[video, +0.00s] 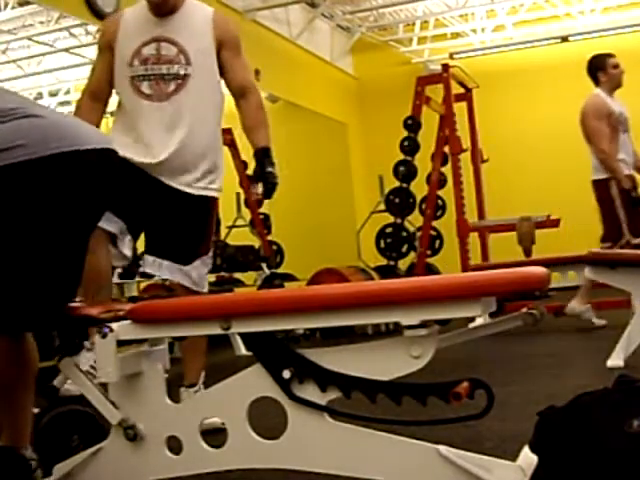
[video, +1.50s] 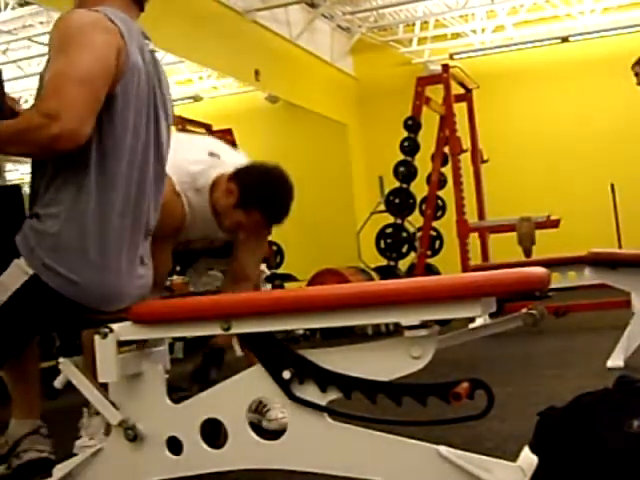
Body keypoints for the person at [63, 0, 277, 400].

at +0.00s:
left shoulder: (217, 26)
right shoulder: (117, 28)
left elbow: (246, 93)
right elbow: (93, 98)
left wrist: (264, 155)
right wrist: (71, 154)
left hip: (192, 181)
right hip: (124, 173)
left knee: (189, 293)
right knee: (94, 236)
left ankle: (194, 391)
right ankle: (90, 350)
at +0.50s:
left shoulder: (223, 32)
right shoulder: (120, 24)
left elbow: (246, 100)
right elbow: (92, 89)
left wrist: (256, 161)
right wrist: (76, 158)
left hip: (192, 189)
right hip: (126, 183)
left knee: (195, 304)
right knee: (109, 294)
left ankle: (195, 395)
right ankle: (117, 391)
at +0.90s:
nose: (204, 33)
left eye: (215, 26)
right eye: (200, 21)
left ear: (225, 20)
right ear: (182, 2)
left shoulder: (222, 48)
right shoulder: (126, 34)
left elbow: (230, 114)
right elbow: (106, 116)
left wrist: (239, 169)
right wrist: (122, 197)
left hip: (195, 197)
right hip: (131, 198)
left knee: (224, 306)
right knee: (128, 318)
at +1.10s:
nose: (238, 86)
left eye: (248, 80)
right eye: (235, 75)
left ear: (259, 72)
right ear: (218, 52)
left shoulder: (257, 89)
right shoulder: (161, 76)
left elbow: (259, 153)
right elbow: (138, 167)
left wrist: (247, 212)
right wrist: (144, 250)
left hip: (209, 196)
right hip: (150, 193)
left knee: (229, 302)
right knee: (146, 306)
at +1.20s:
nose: (247, 137)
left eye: (257, 133)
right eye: (245, 128)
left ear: (269, 120)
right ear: (232, 101)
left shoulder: (264, 120)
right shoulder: (168, 120)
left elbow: (264, 178)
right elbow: (149, 210)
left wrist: (250, 236)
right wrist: (153, 292)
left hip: (210, 209)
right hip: (159, 211)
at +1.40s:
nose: (247, 212)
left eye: (256, 207)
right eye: (246, 204)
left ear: (265, 196)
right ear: (231, 177)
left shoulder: (260, 188)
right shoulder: (173, 186)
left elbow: (247, 262)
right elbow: (156, 278)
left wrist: (243, 338)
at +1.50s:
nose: (242, 236)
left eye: (251, 232)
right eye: (241, 226)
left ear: (263, 220)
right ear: (228, 194)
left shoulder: (257, 211)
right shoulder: (171, 201)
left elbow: (244, 280)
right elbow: (154, 287)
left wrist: (224, 335)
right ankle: (98, 408)